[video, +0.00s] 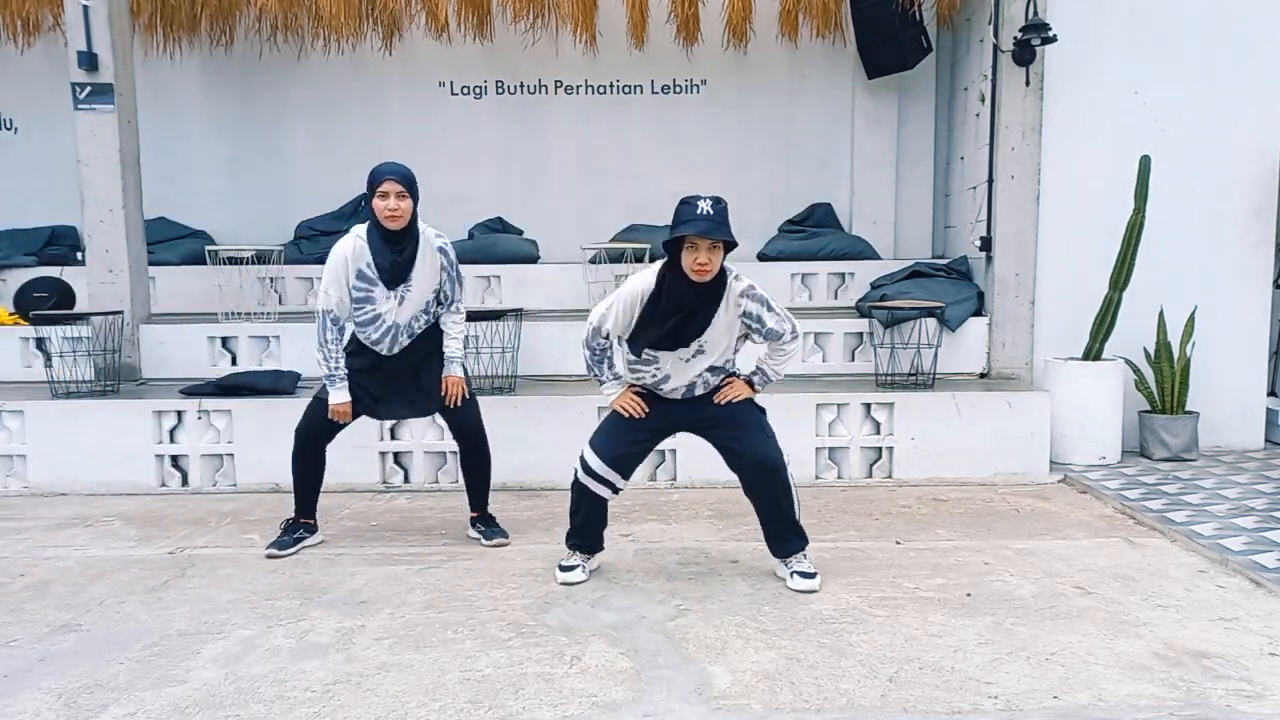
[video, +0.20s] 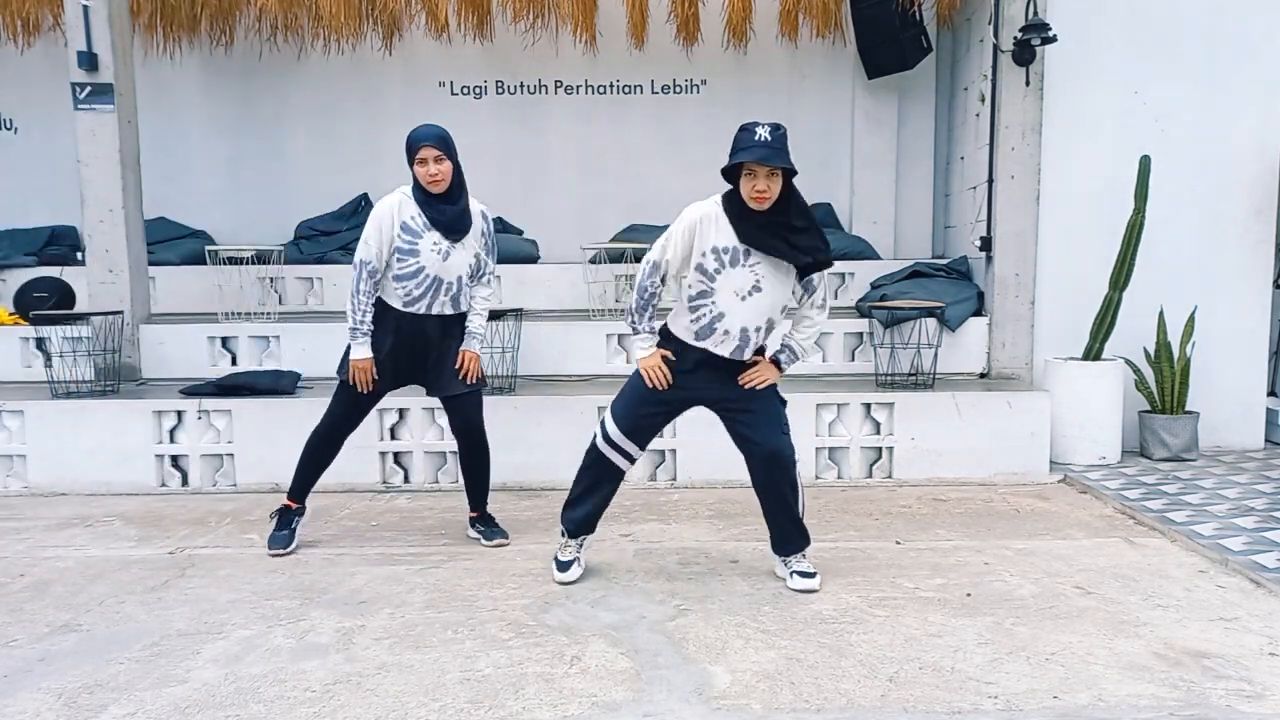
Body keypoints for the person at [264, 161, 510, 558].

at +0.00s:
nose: (393, 205)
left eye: (402, 196)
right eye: (383, 196)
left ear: (415, 201)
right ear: (370, 203)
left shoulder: (437, 247)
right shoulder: (347, 251)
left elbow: (453, 310)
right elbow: (329, 322)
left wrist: (454, 366)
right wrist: (337, 386)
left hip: (424, 364)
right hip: (365, 364)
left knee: (470, 424)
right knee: (309, 431)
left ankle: (481, 516)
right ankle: (303, 521)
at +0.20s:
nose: (433, 170)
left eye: (440, 160)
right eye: (422, 162)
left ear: (454, 161)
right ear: (411, 167)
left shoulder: (478, 217)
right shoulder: (390, 209)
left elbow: (484, 284)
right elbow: (363, 279)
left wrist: (473, 341)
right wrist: (360, 346)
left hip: (450, 339)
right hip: (391, 335)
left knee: (471, 428)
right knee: (337, 422)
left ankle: (480, 515)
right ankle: (291, 510)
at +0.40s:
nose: (445, 175)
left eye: (452, 164)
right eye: (435, 168)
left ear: (467, 165)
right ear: (424, 172)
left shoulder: (485, 221)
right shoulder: (403, 208)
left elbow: (492, 287)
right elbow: (375, 275)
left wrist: (484, 339)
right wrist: (372, 342)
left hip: (460, 336)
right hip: (405, 332)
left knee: (473, 430)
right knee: (358, 427)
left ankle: (480, 515)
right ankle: (304, 511)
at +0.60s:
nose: (434, 173)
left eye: (440, 162)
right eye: (423, 167)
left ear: (456, 161)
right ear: (414, 172)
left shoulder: (482, 217)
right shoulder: (399, 211)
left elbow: (489, 283)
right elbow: (373, 278)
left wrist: (481, 338)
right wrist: (369, 344)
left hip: (454, 332)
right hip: (396, 327)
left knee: (470, 426)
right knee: (344, 419)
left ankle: (480, 515)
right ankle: (298, 509)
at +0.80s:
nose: (386, 208)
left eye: (394, 199)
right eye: (376, 201)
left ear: (411, 200)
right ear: (369, 208)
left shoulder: (448, 244)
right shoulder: (361, 256)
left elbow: (468, 307)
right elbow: (353, 328)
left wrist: (461, 363)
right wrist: (359, 386)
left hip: (437, 349)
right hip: (378, 346)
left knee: (473, 418)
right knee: (325, 421)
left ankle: (481, 515)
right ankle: (306, 515)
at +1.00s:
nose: (329, 198)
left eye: (338, 189)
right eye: (320, 189)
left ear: (353, 193)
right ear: (309, 196)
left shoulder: (384, 233)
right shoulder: (301, 252)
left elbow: (419, 298)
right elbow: (309, 323)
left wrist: (428, 360)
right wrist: (327, 379)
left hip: (401, 351)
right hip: (343, 357)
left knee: (453, 427)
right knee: (295, 433)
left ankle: (480, 516)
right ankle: (307, 520)